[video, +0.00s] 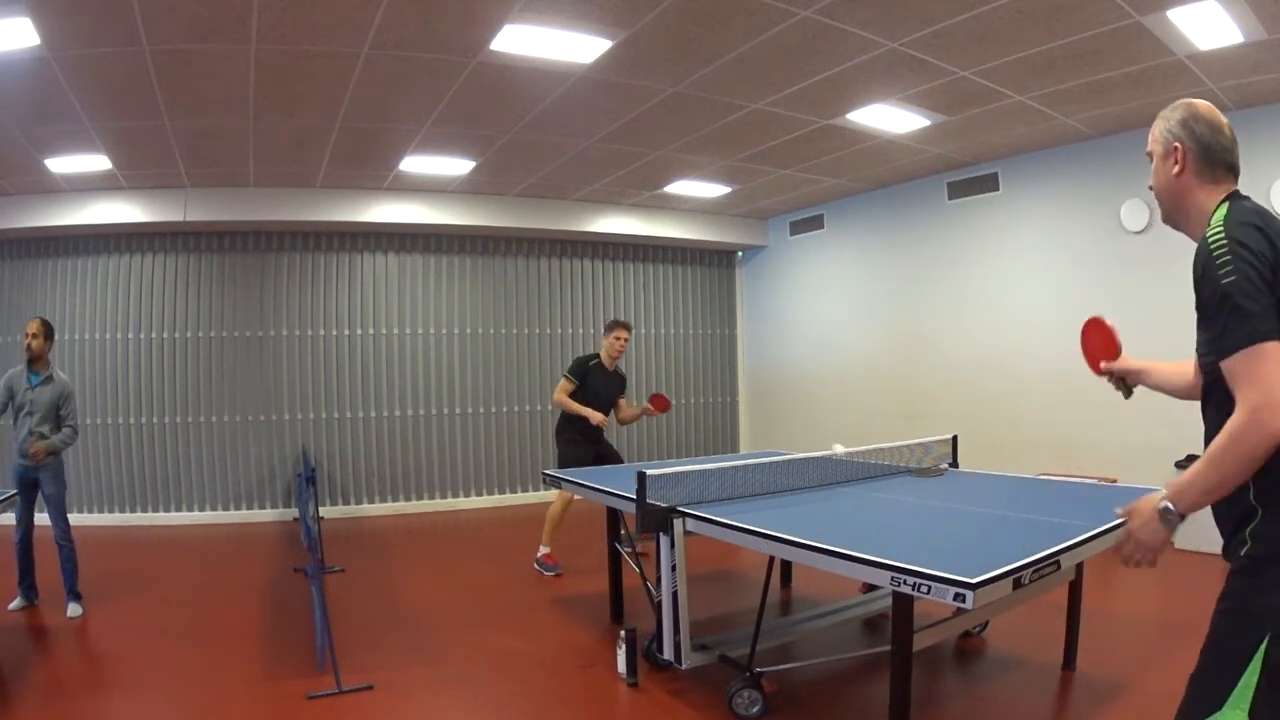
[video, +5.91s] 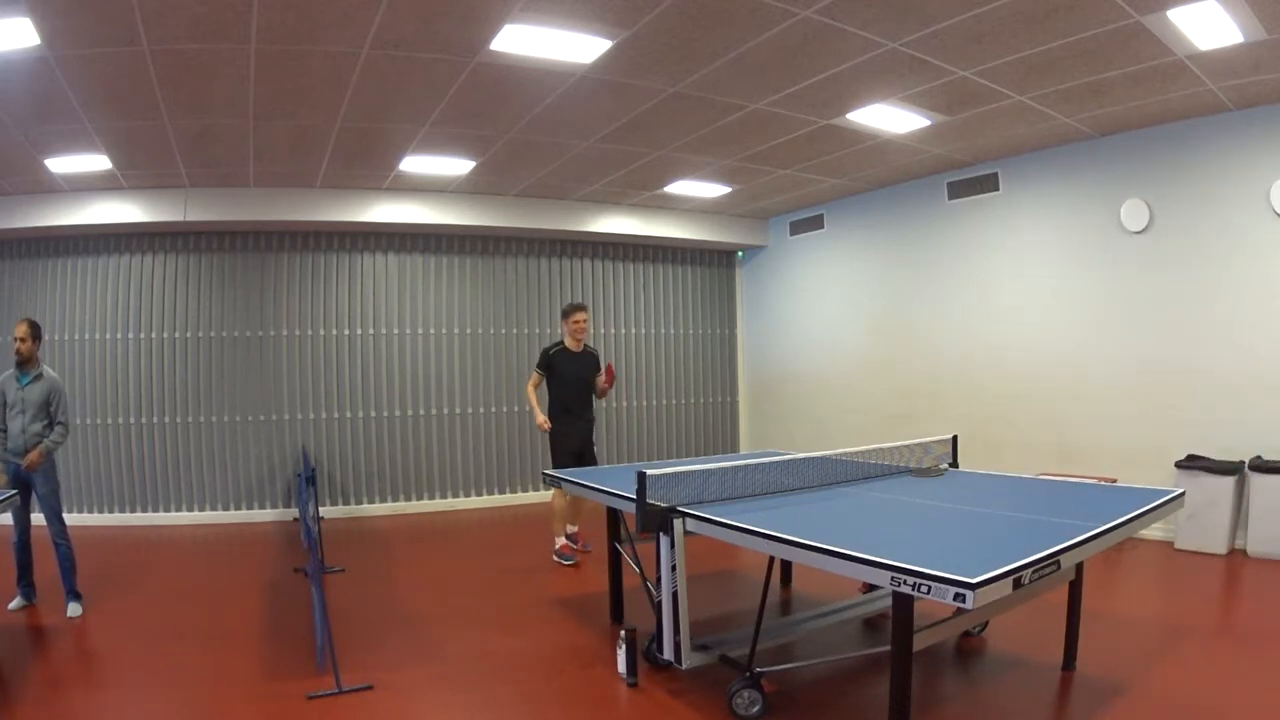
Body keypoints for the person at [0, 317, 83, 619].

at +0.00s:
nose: (28, 341)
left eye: (34, 336)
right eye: (26, 336)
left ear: (49, 343)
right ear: (23, 341)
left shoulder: (61, 386)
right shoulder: (12, 379)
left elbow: (71, 430)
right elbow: (0, 409)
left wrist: (48, 445)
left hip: (50, 465)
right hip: (21, 465)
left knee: (61, 532)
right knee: (22, 531)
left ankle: (73, 597)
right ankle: (27, 594)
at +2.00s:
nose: (17, 345)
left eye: (22, 340)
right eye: (14, 341)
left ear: (37, 343)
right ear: (14, 344)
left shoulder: (51, 382)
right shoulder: (7, 380)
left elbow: (62, 426)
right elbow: (4, 422)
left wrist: (37, 444)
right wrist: (5, 455)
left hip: (40, 465)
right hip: (11, 464)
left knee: (56, 531)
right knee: (20, 532)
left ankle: (72, 596)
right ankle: (26, 592)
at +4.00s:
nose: (21, 342)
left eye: (27, 338)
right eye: (18, 337)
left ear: (40, 342)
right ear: (15, 342)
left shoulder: (54, 384)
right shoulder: (6, 379)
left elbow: (66, 426)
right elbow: (4, 416)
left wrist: (52, 454)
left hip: (43, 465)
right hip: (12, 465)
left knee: (58, 533)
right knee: (18, 534)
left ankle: (72, 596)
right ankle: (25, 593)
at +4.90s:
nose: (17, 345)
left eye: (23, 340)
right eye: (15, 340)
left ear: (38, 344)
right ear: (13, 344)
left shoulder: (52, 383)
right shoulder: (6, 380)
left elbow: (61, 428)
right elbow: (2, 415)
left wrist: (41, 450)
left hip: (41, 464)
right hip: (11, 464)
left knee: (57, 532)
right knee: (20, 533)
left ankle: (72, 596)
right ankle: (26, 593)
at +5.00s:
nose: (17, 345)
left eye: (23, 340)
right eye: (15, 340)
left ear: (38, 344)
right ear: (13, 344)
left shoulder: (52, 383)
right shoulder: (7, 379)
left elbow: (62, 428)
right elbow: (3, 420)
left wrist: (41, 450)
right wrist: (1, 403)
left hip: (41, 463)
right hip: (11, 464)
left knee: (57, 531)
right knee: (20, 533)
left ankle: (72, 596)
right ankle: (26, 593)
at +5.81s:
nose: (18, 345)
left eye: (24, 340)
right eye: (15, 340)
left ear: (38, 344)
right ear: (13, 343)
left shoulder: (52, 382)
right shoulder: (6, 381)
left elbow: (62, 428)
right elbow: (3, 419)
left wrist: (42, 451)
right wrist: (8, 448)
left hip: (41, 463)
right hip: (11, 463)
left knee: (57, 531)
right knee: (20, 532)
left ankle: (73, 596)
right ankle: (26, 593)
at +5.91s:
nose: (17, 345)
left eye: (23, 340)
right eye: (15, 340)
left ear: (37, 344)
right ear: (13, 343)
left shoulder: (51, 382)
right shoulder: (5, 382)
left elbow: (62, 427)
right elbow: (2, 425)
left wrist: (42, 451)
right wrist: (3, 465)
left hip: (41, 463)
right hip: (11, 463)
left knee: (57, 531)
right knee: (20, 532)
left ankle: (72, 596)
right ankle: (26, 593)